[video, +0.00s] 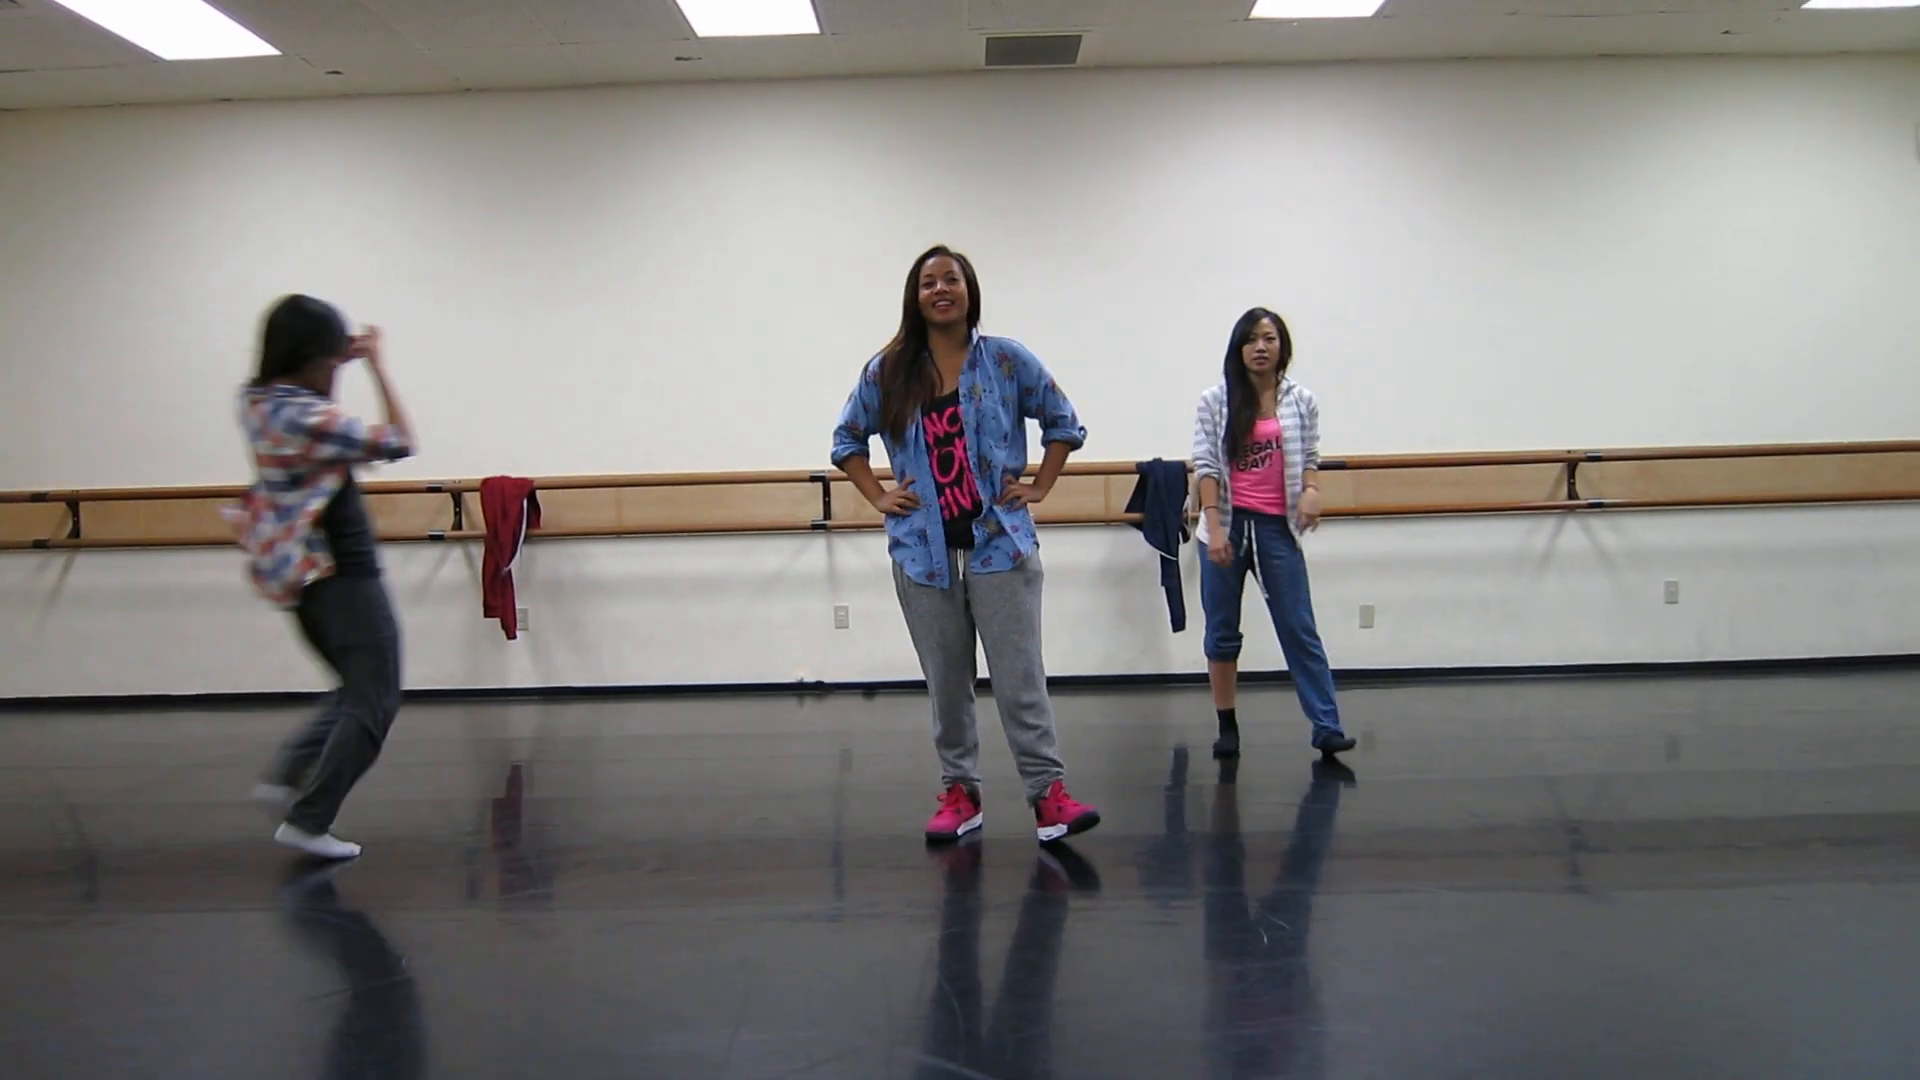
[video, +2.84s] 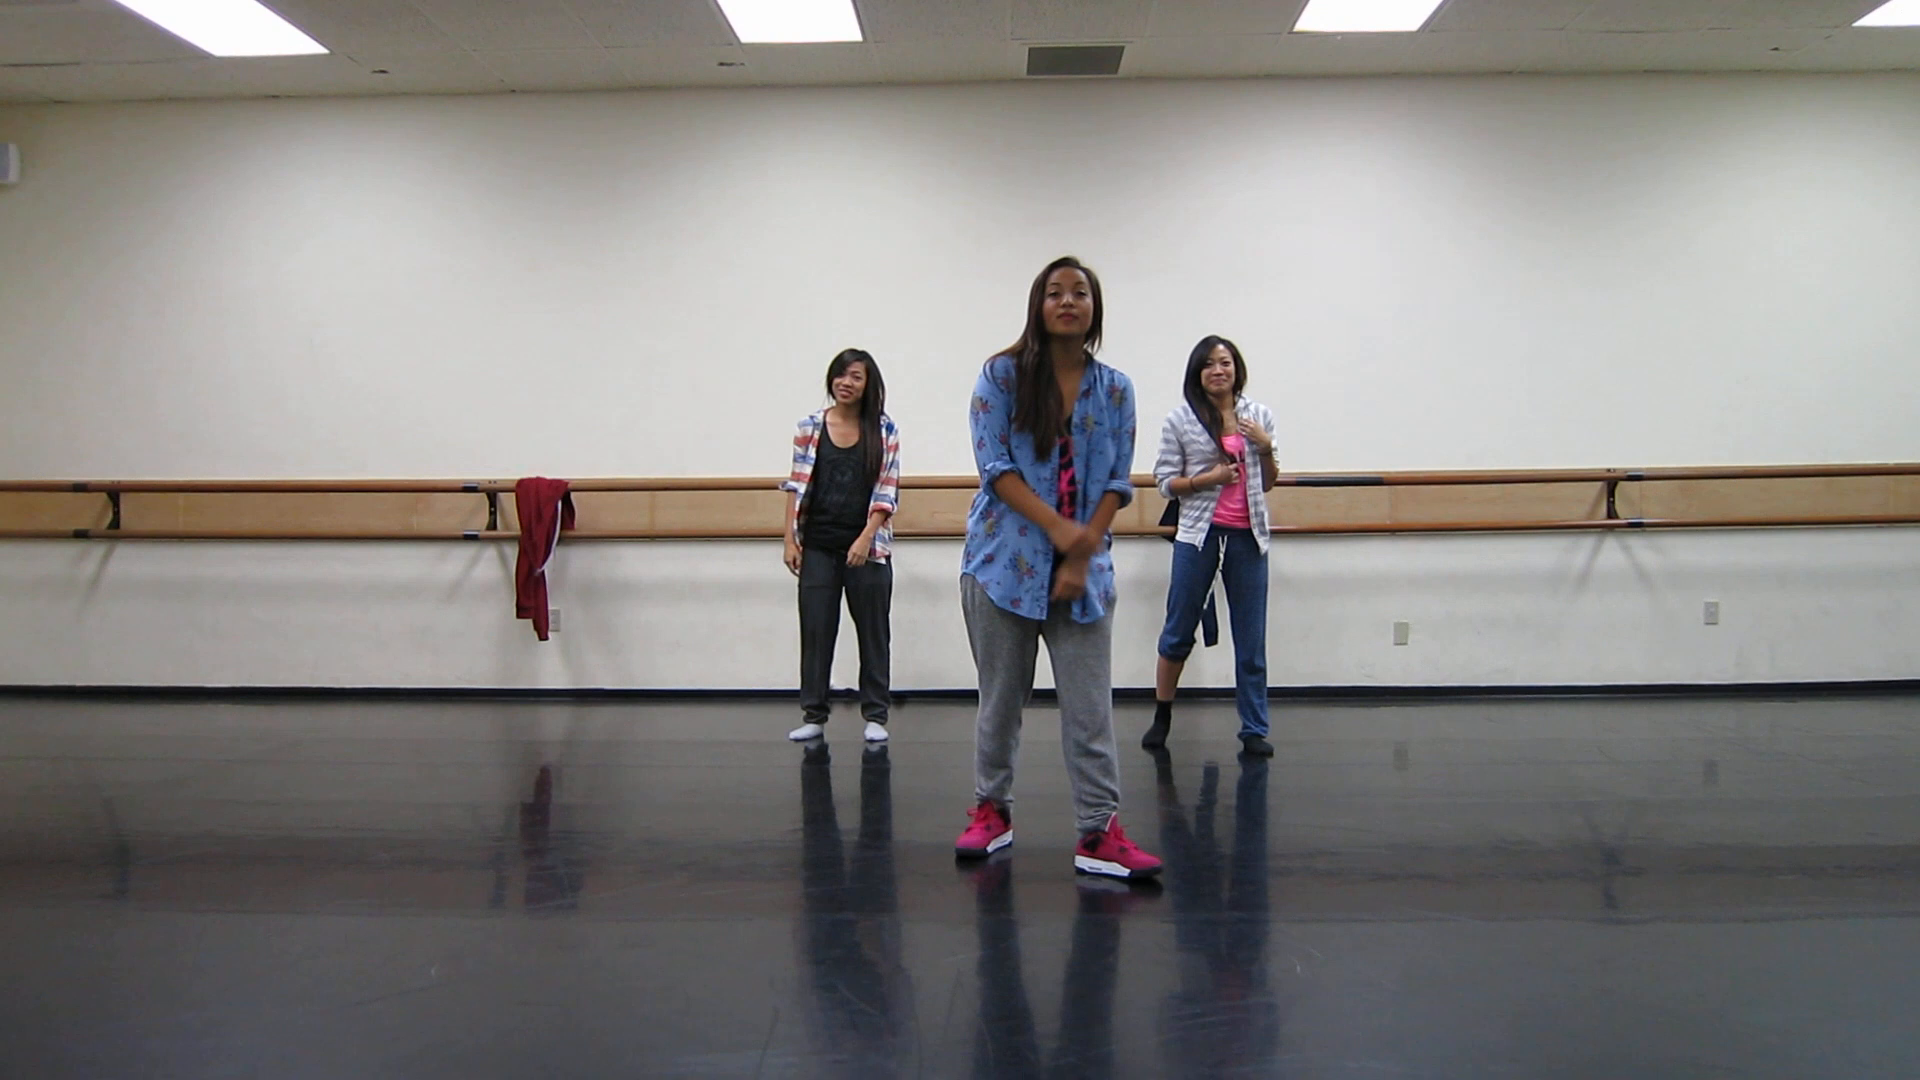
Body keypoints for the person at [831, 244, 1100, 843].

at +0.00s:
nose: (941, 288)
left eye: (951, 279)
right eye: (930, 281)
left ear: (971, 291)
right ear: (914, 297)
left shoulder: (1006, 358)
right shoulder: (887, 371)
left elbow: (1063, 421)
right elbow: (844, 442)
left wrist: (1040, 485)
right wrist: (877, 494)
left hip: (1001, 540)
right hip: (923, 549)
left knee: (1020, 673)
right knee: (946, 680)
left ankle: (1048, 793)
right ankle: (959, 793)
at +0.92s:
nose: (977, 290)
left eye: (988, 280)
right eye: (965, 281)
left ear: (1007, 290)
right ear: (950, 293)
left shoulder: (1033, 365)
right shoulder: (921, 362)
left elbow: (1043, 459)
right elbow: (910, 453)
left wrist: (975, 498)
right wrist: (959, 521)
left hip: (1012, 549)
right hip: (935, 548)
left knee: (1015, 678)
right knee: (948, 677)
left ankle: (1040, 802)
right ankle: (961, 792)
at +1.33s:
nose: (1000, 295)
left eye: (1010, 285)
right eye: (988, 286)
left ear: (1028, 295)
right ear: (971, 297)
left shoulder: (1053, 361)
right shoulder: (946, 368)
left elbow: (1044, 440)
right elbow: (950, 454)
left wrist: (1013, 511)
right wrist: (983, 527)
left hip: (1048, 540)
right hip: (970, 543)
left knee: (1075, 671)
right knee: (985, 677)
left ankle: (1102, 802)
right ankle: (999, 792)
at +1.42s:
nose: (1003, 295)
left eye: (1013, 285)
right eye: (991, 286)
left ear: (1032, 295)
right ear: (974, 296)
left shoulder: (1058, 362)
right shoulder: (948, 370)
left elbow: (1069, 447)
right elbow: (936, 459)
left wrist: (1079, 523)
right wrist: (934, 537)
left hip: (1052, 541)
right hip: (975, 545)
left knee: (1074, 675)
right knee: (991, 677)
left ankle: (1096, 800)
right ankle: (1006, 791)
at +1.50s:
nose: (1003, 294)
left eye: (1015, 283)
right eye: (991, 285)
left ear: (1033, 293)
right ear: (975, 296)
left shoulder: (1062, 364)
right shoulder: (948, 371)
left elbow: (1101, 445)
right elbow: (912, 460)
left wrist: (1143, 516)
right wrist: (878, 540)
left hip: (1058, 546)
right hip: (979, 550)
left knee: (1066, 678)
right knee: (994, 678)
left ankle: (1087, 798)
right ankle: (1008, 791)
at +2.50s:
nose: (1075, 287)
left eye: (1085, 278)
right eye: (1062, 281)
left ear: (1104, 294)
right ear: (1045, 299)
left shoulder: (1131, 379)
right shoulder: (1012, 370)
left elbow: (1151, 475)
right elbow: (982, 463)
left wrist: (1161, 554)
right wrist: (964, 546)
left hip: (1105, 565)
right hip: (1024, 563)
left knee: (1110, 700)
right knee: (1020, 693)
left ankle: (1113, 826)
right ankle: (1005, 806)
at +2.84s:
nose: (1067, 302)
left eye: (1079, 293)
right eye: (1056, 293)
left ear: (1095, 307)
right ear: (1037, 306)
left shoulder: (1114, 387)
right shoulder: (1001, 375)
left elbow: (1115, 486)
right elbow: (996, 472)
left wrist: (1079, 557)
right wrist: (1058, 526)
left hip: (1081, 567)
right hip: (1002, 565)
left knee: (1091, 709)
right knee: (1000, 701)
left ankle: (1098, 833)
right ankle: (991, 813)